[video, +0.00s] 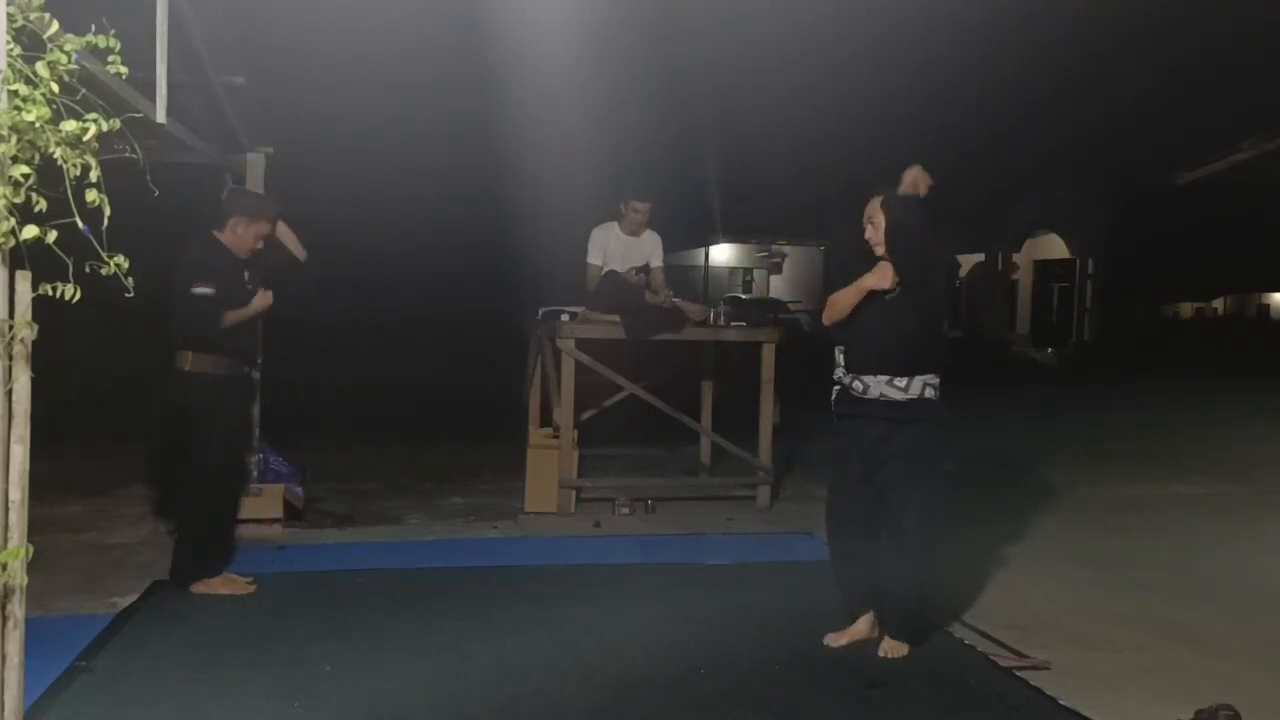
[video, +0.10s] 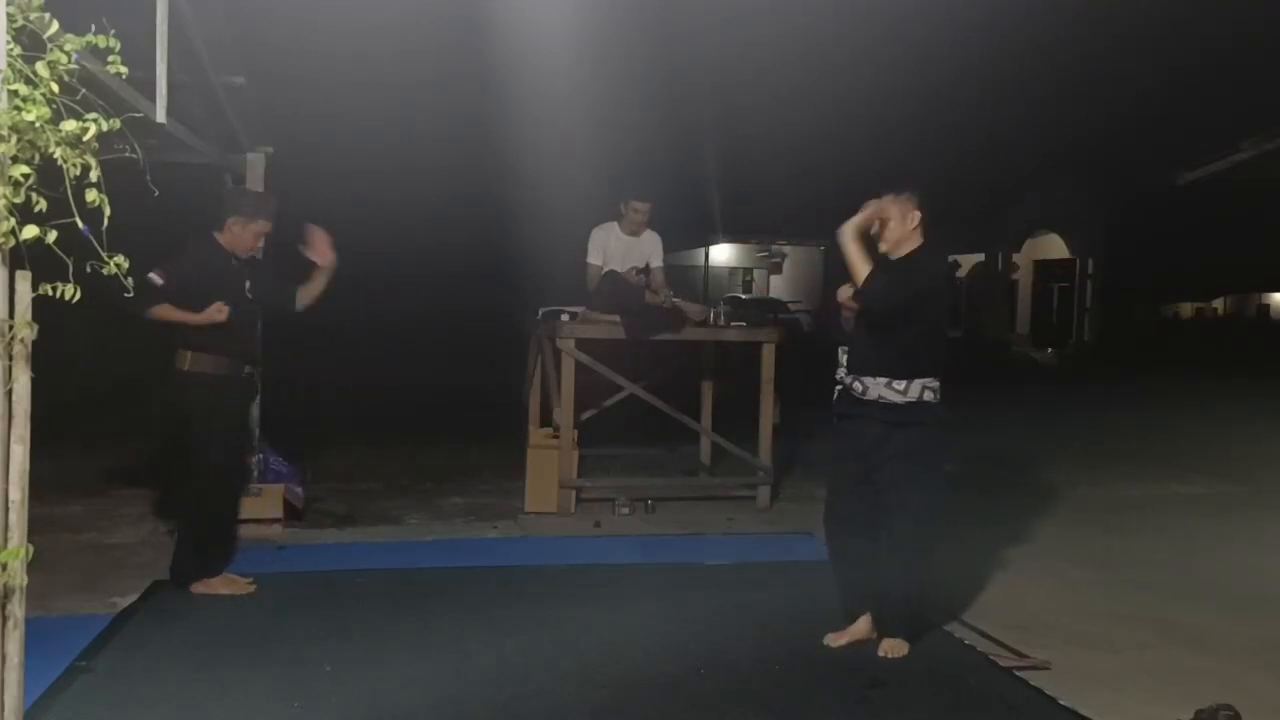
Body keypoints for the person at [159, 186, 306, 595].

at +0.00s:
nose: (259, 244)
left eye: (264, 237)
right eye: (258, 235)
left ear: (240, 228)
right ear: (235, 225)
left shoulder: (239, 260)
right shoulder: (205, 258)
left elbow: (297, 260)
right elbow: (199, 322)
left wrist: (270, 216)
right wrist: (253, 309)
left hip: (228, 381)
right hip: (205, 383)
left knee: (224, 472)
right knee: (209, 473)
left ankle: (211, 567)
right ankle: (200, 572)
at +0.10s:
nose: (261, 244)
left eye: (265, 237)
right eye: (258, 235)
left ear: (243, 230)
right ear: (232, 225)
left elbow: (294, 302)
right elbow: (147, 303)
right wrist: (199, 318)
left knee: (226, 475)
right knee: (209, 476)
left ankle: (210, 568)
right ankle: (199, 573)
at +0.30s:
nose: (263, 241)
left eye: (266, 232)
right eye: (259, 231)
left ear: (241, 227)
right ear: (233, 224)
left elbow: (287, 314)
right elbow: (200, 322)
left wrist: (310, 292)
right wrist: (262, 305)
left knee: (225, 472)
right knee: (210, 473)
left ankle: (207, 567)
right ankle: (198, 572)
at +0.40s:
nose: (261, 237)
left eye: (263, 230)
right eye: (258, 229)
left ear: (234, 223)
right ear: (233, 222)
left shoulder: (209, 253)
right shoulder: (214, 259)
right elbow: (264, 305)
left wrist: (256, 271)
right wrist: (332, 289)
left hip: (204, 377)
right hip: (212, 381)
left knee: (211, 471)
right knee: (218, 473)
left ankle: (195, 567)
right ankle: (202, 572)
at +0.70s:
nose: (258, 235)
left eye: (260, 226)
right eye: (254, 225)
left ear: (230, 222)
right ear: (229, 220)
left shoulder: (211, 255)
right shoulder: (214, 261)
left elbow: (259, 294)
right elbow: (269, 301)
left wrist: (303, 284)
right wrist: (318, 288)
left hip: (211, 380)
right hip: (211, 383)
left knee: (215, 472)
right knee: (217, 475)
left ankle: (204, 566)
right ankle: (202, 572)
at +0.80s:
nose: (259, 231)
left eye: (261, 223)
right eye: (254, 222)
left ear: (232, 222)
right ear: (229, 220)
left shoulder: (231, 259)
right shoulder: (202, 256)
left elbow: (277, 289)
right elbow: (214, 308)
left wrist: (339, 294)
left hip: (226, 380)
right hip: (207, 382)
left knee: (224, 472)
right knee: (213, 474)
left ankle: (211, 566)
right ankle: (203, 573)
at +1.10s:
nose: (254, 228)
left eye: (255, 220)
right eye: (249, 219)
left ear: (229, 221)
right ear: (225, 218)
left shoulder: (211, 257)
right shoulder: (209, 260)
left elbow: (245, 284)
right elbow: (254, 290)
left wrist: (281, 273)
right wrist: (291, 279)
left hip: (215, 380)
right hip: (211, 383)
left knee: (217, 471)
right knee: (216, 473)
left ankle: (206, 566)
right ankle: (203, 572)